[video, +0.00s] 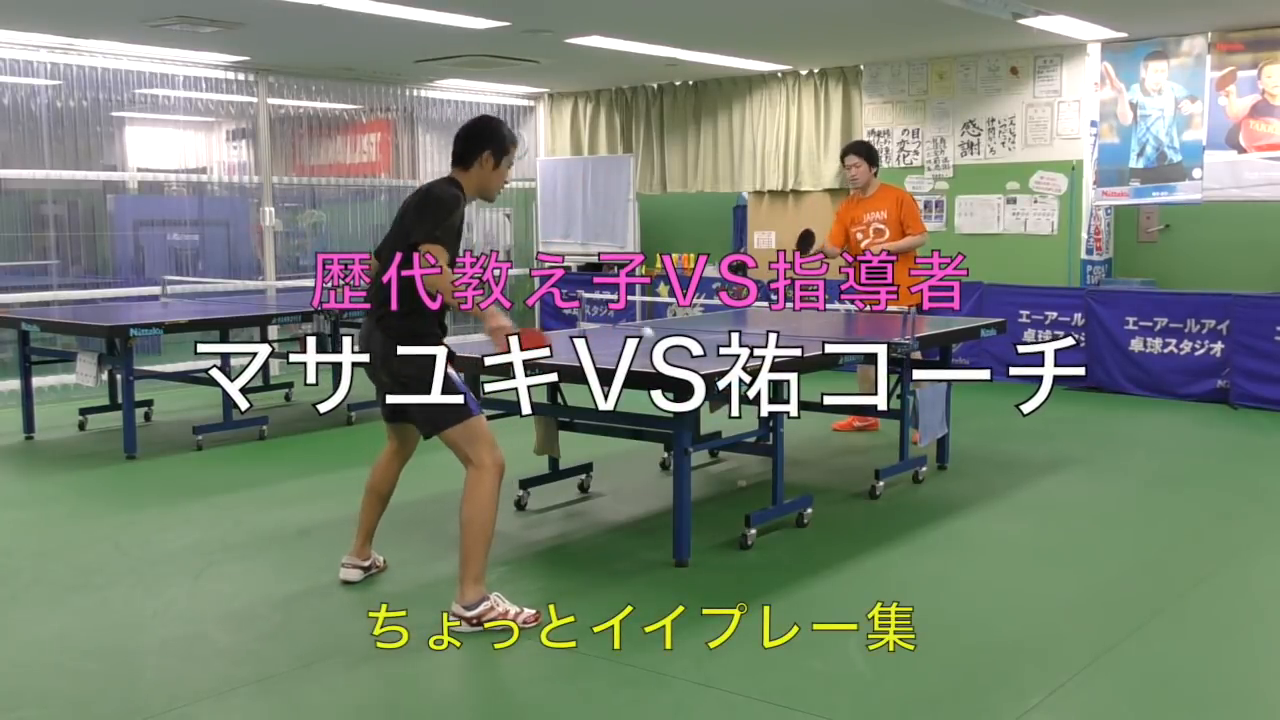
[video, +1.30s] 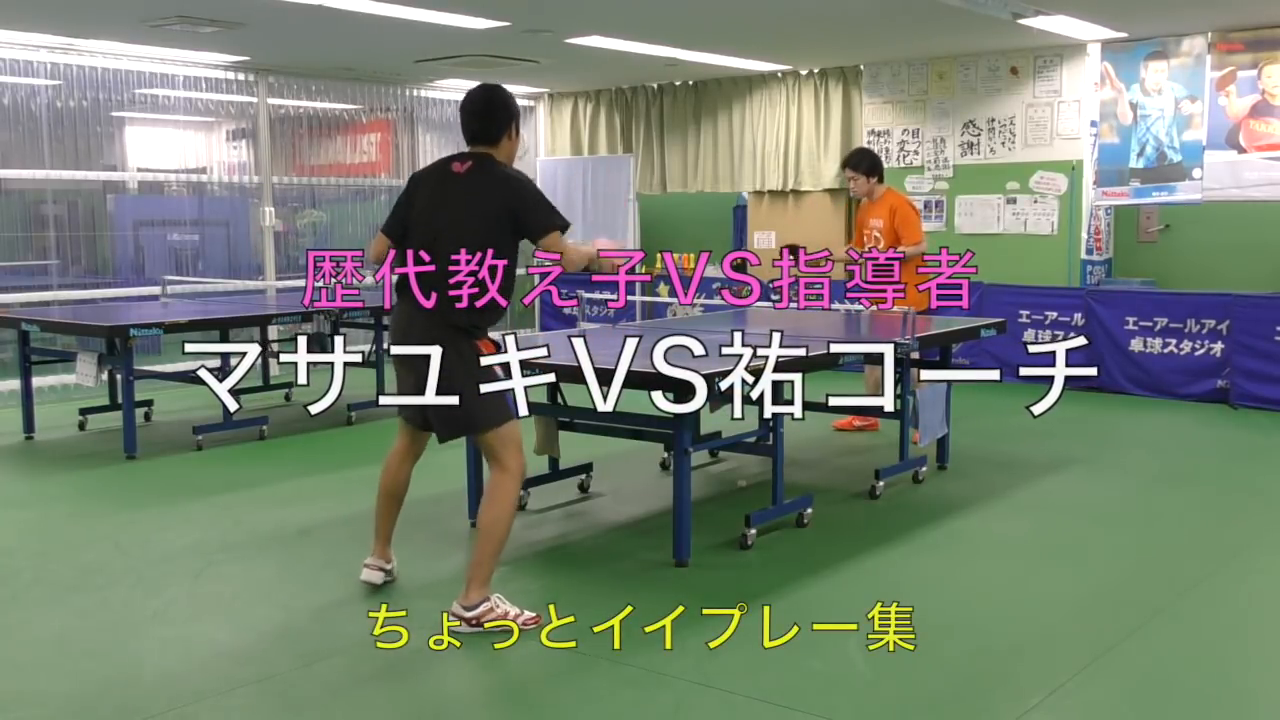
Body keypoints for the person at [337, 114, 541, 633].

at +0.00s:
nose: (507, 178)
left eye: (509, 168)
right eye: (505, 166)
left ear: (469, 160)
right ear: (482, 160)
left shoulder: (430, 197)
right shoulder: (446, 198)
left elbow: (384, 270)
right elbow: (432, 270)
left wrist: (434, 341)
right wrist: (487, 313)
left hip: (387, 350)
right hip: (414, 352)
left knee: (399, 445)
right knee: (487, 460)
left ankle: (358, 555)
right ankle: (472, 597)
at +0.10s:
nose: (506, 174)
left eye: (508, 164)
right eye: (504, 162)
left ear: (464, 155)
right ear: (477, 154)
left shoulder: (413, 193)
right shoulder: (454, 197)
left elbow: (374, 257)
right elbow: (489, 277)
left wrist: (408, 305)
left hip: (383, 344)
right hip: (418, 348)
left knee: (389, 444)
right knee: (486, 460)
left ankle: (357, 554)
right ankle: (473, 599)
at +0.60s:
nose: (499, 147)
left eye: (496, 137)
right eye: (497, 138)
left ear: (445, 138)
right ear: (488, 140)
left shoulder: (409, 184)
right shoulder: (469, 190)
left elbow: (371, 253)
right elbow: (473, 268)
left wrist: (405, 299)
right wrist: (534, 319)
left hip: (389, 342)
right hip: (432, 346)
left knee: (386, 446)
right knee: (490, 461)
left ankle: (358, 556)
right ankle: (474, 597)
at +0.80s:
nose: (510, 172)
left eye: (511, 162)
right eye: (508, 160)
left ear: (468, 156)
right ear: (485, 157)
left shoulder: (428, 194)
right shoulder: (452, 196)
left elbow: (377, 262)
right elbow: (446, 272)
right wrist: (496, 316)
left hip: (384, 345)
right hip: (411, 349)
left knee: (397, 444)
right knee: (481, 459)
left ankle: (360, 554)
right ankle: (469, 596)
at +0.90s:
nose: (520, 167)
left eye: (521, 155)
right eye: (516, 154)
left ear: (477, 152)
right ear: (490, 151)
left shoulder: (429, 189)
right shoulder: (474, 200)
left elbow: (374, 257)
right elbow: (532, 272)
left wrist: (429, 281)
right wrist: (622, 292)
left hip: (377, 335)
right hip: (411, 343)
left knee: (384, 442)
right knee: (472, 459)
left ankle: (358, 554)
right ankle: (468, 596)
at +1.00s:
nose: (527, 166)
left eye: (526, 156)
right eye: (524, 156)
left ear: (478, 156)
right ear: (505, 155)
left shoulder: (430, 192)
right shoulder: (499, 206)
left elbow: (374, 258)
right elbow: (582, 249)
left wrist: (434, 262)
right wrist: (635, 225)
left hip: (378, 340)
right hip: (416, 347)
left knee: (373, 450)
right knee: (490, 461)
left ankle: (356, 554)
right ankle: (472, 598)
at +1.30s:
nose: (519, 138)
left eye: (516, 129)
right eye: (518, 129)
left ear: (465, 131)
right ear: (510, 131)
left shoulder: (425, 180)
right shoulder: (511, 185)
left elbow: (377, 253)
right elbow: (563, 252)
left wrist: (422, 246)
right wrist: (587, 254)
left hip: (411, 340)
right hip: (465, 344)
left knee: (409, 441)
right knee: (508, 464)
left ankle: (378, 556)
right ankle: (475, 598)